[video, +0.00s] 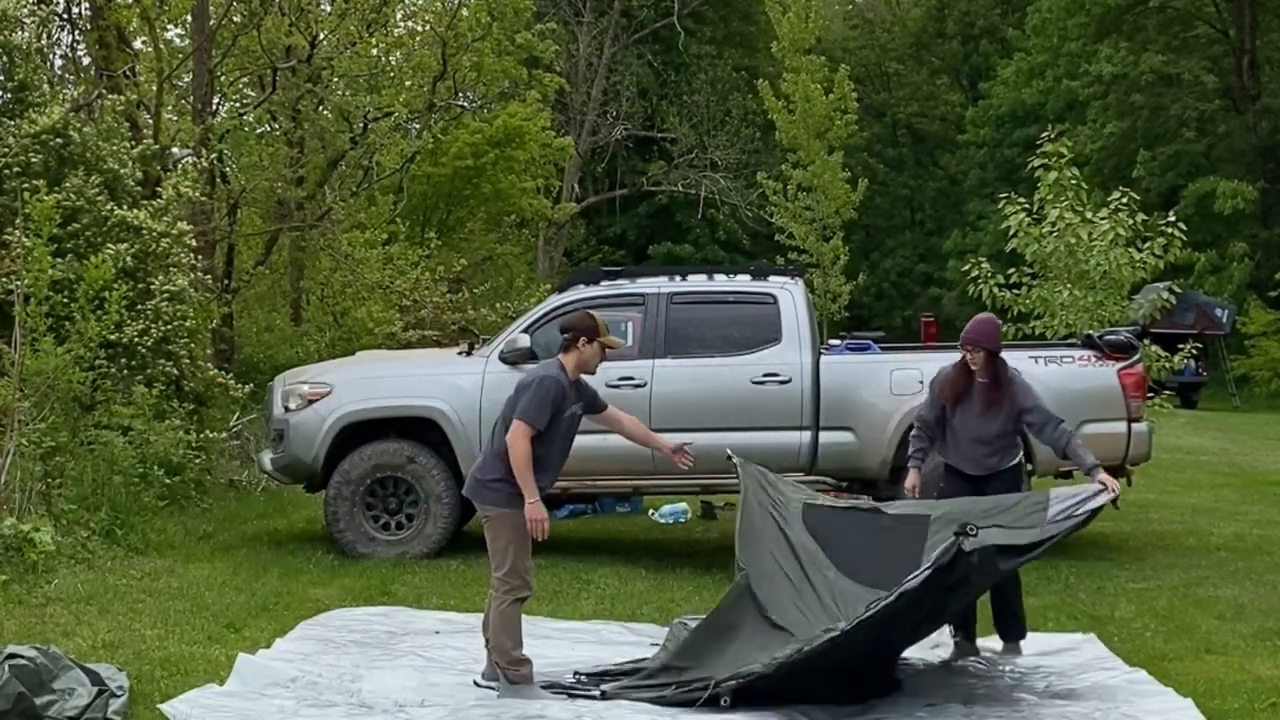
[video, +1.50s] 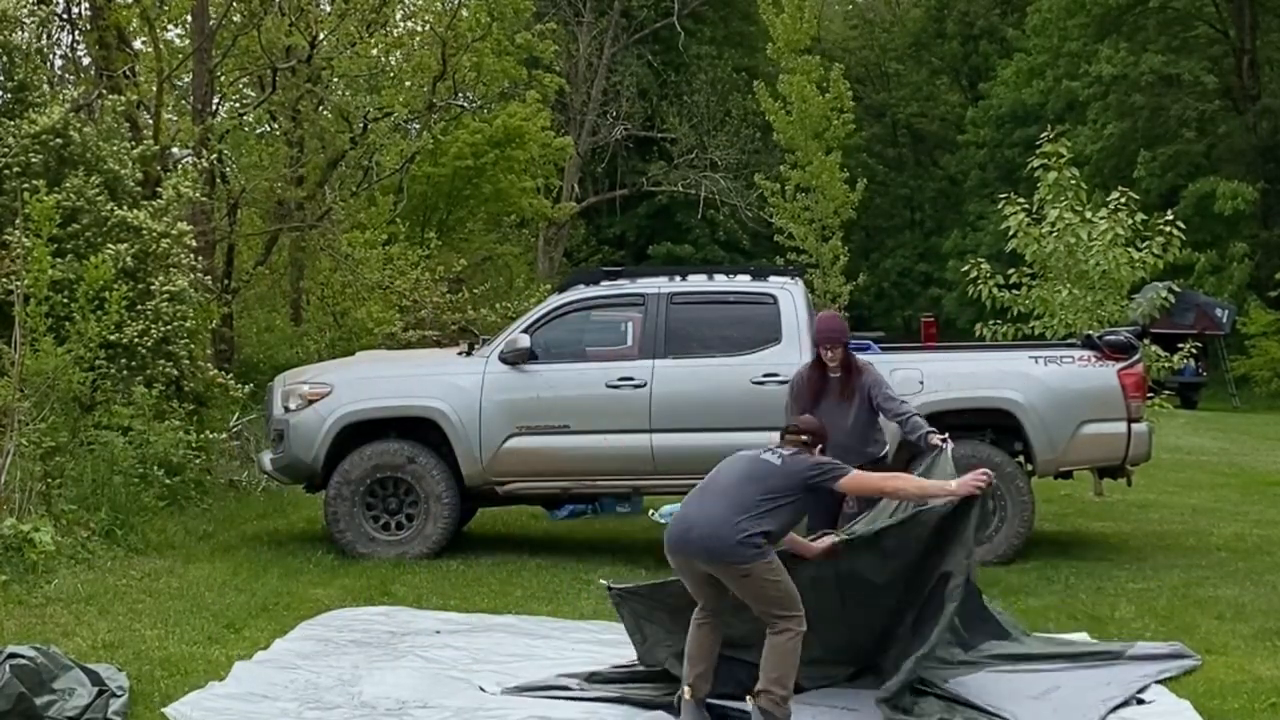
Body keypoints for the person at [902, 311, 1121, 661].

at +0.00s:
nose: (970, 355)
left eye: (977, 350)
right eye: (966, 349)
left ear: (993, 351)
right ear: (962, 349)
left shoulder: (1011, 384)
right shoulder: (947, 381)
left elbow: (1051, 427)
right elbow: (924, 426)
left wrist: (1094, 470)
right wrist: (914, 468)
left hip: (1003, 476)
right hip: (957, 476)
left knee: (1003, 556)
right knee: (957, 555)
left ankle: (1012, 642)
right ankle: (963, 642)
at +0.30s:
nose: (932, 378)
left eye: (939, 374)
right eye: (929, 372)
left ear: (956, 375)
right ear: (925, 371)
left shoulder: (971, 407)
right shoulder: (912, 395)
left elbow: (986, 470)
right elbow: (902, 436)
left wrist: (993, 531)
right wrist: (894, 470)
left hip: (970, 480)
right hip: (930, 478)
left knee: (980, 553)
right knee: (915, 546)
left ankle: (1009, 636)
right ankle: (911, 631)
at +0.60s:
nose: (865, 369)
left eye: (870, 362)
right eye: (861, 363)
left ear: (885, 360)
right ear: (857, 364)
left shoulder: (915, 389)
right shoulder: (861, 393)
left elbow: (942, 442)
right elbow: (855, 442)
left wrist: (917, 485)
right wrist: (836, 479)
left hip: (931, 466)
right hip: (896, 468)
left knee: (913, 543)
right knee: (890, 538)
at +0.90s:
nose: (839, 355)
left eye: (844, 348)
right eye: (835, 349)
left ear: (858, 343)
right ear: (831, 348)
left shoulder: (888, 374)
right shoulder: (833, 381)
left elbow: (919, 415)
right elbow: (829, 432)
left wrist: (918, 426)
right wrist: (836, 466)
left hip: (890, 478)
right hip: (849, 480)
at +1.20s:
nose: (817, 345)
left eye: (822, 338)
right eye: (811, 339)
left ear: (835, 336)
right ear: (806, 339)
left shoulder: (855, 369)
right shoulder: (796, 370)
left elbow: (886, 405)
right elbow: (785, 422)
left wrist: (915, 429)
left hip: (849, 458)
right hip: (807, 458)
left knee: (838, 530)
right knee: (808, 531)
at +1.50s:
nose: (830, 354)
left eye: (835, 348)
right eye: (824, 348)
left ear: (845, 346)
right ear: (817, 348)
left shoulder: (865, 374)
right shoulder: (803, 380)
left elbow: (896, 408)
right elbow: (795, 428)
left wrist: (927, 435)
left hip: (868, 464)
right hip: (823, 465)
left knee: (872, 532)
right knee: (819, 534)